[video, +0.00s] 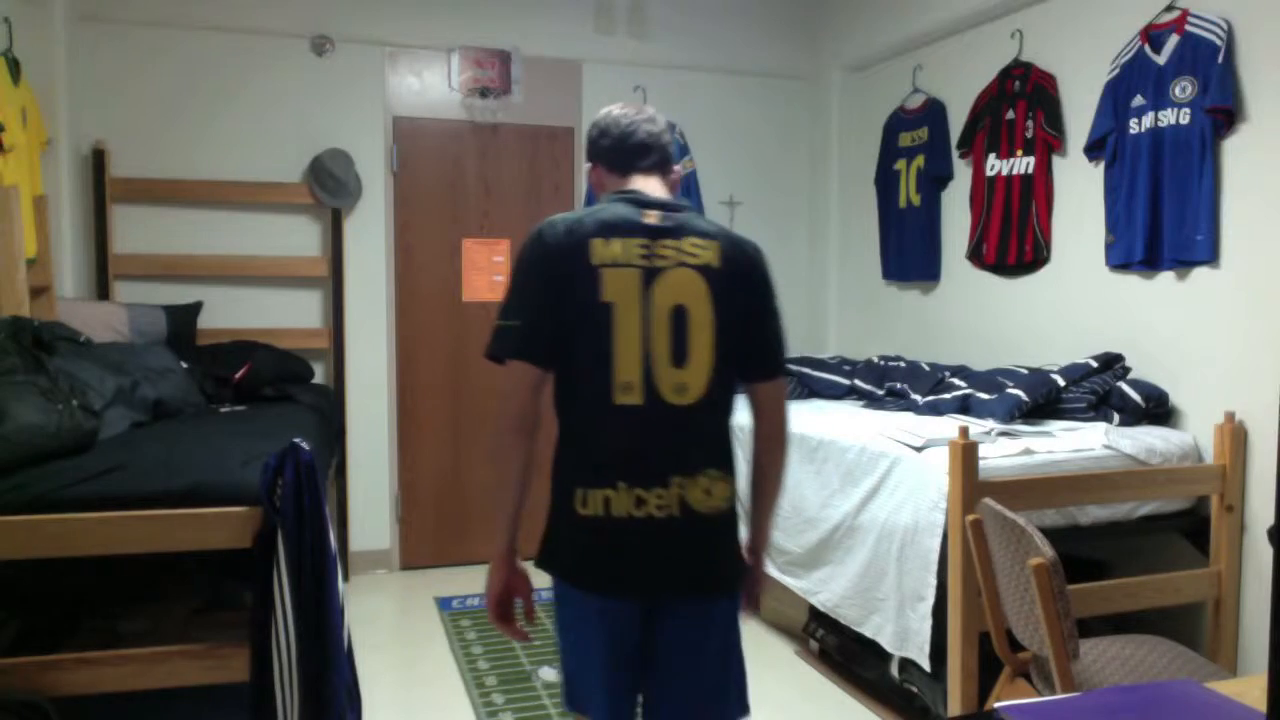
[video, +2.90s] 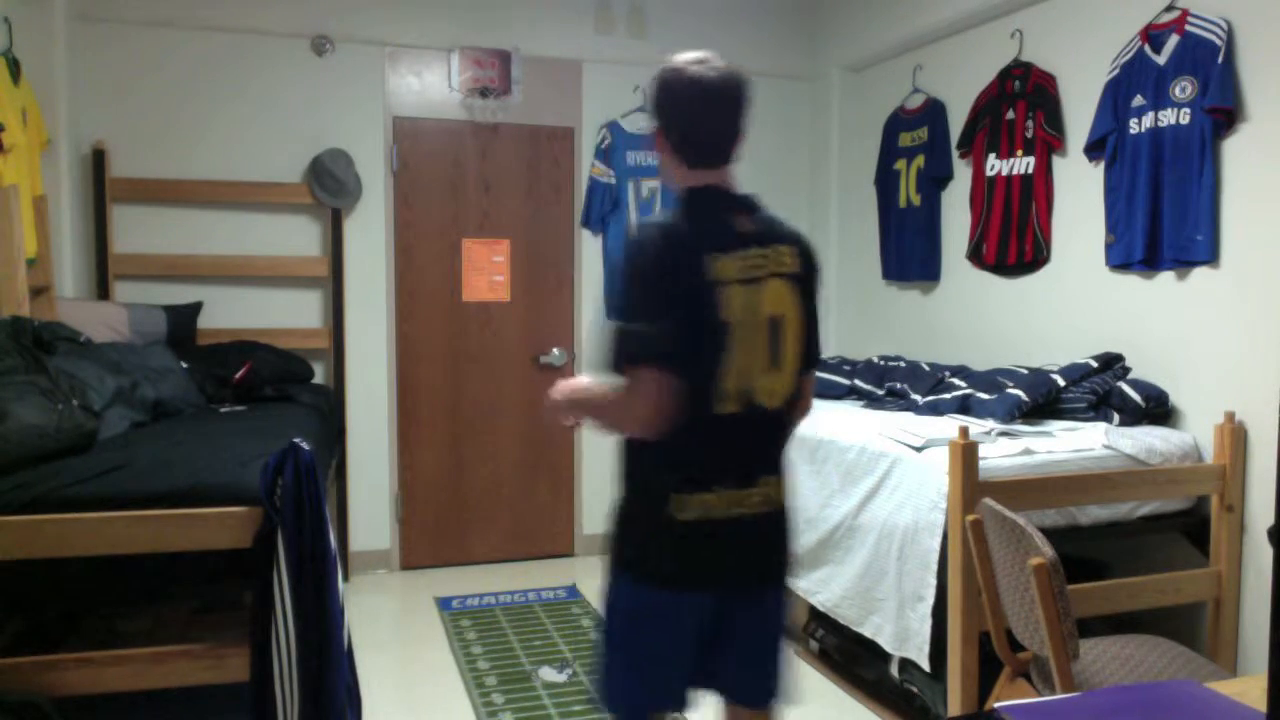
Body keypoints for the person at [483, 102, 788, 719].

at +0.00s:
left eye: (590, 170)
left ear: (594, 172)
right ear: (675, 170)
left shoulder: (557, 244)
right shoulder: (736, 255)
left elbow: (521, 415)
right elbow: (771, 417)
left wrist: (505, 555)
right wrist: (757, 548)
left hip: (594, 552)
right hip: (702, 553)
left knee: (600, 709)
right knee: (701, 710)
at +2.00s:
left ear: (542, 191)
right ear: (615, 187)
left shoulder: (529, 253)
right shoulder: (680, 254)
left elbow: (527, 367)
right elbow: (750, 395)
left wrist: (542, 531)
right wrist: (758, 531)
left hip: (587, 539)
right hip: (682, 533)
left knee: (588, 708)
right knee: (679, 706)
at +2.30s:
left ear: (583, 188)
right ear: (662, 190)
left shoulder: (538, 251)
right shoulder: (716, 251)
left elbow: (462, 388)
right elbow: (775, 398)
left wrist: (514, 420)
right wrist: (793, 551)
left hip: (601, 521)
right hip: (701, 512)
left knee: (610, 702)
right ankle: (589, 670)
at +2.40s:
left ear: (589, 186)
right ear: (668, 186)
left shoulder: (544, 252)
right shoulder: (722, 247)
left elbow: (467, 388)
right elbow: (779, 397)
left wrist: (558, 400)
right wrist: (792, 542)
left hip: (604, 522)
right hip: (705, 512)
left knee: (615, 704)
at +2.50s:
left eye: (600, 162)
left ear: (602, 171)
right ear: (684, 169)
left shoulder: (557, 251)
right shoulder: (737, 250)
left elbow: (487, 394)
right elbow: (791, 397)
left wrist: (568, 377)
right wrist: (787, 519)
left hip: (612, 529)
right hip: (713, 522)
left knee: (624, 706)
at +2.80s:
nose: (636, 140)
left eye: (638, 129)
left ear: (644, 141)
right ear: (722, 136)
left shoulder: (634, 248)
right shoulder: (776, 250)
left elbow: (579, 399)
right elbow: (801, 401)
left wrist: (560, 391)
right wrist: (752, 460)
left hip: (651, 535)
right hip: (743, 532)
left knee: (629, 707)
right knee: (726, 698)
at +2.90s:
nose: (652, 136)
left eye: (652, 124)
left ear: (659, 138)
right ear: (738, 134)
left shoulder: (659, 246)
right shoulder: (790, 247)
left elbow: (650, 409)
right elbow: (797, 401)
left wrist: (578, 395)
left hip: (669, 532)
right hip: (761, 531)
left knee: (640, 705)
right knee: (751, 705)